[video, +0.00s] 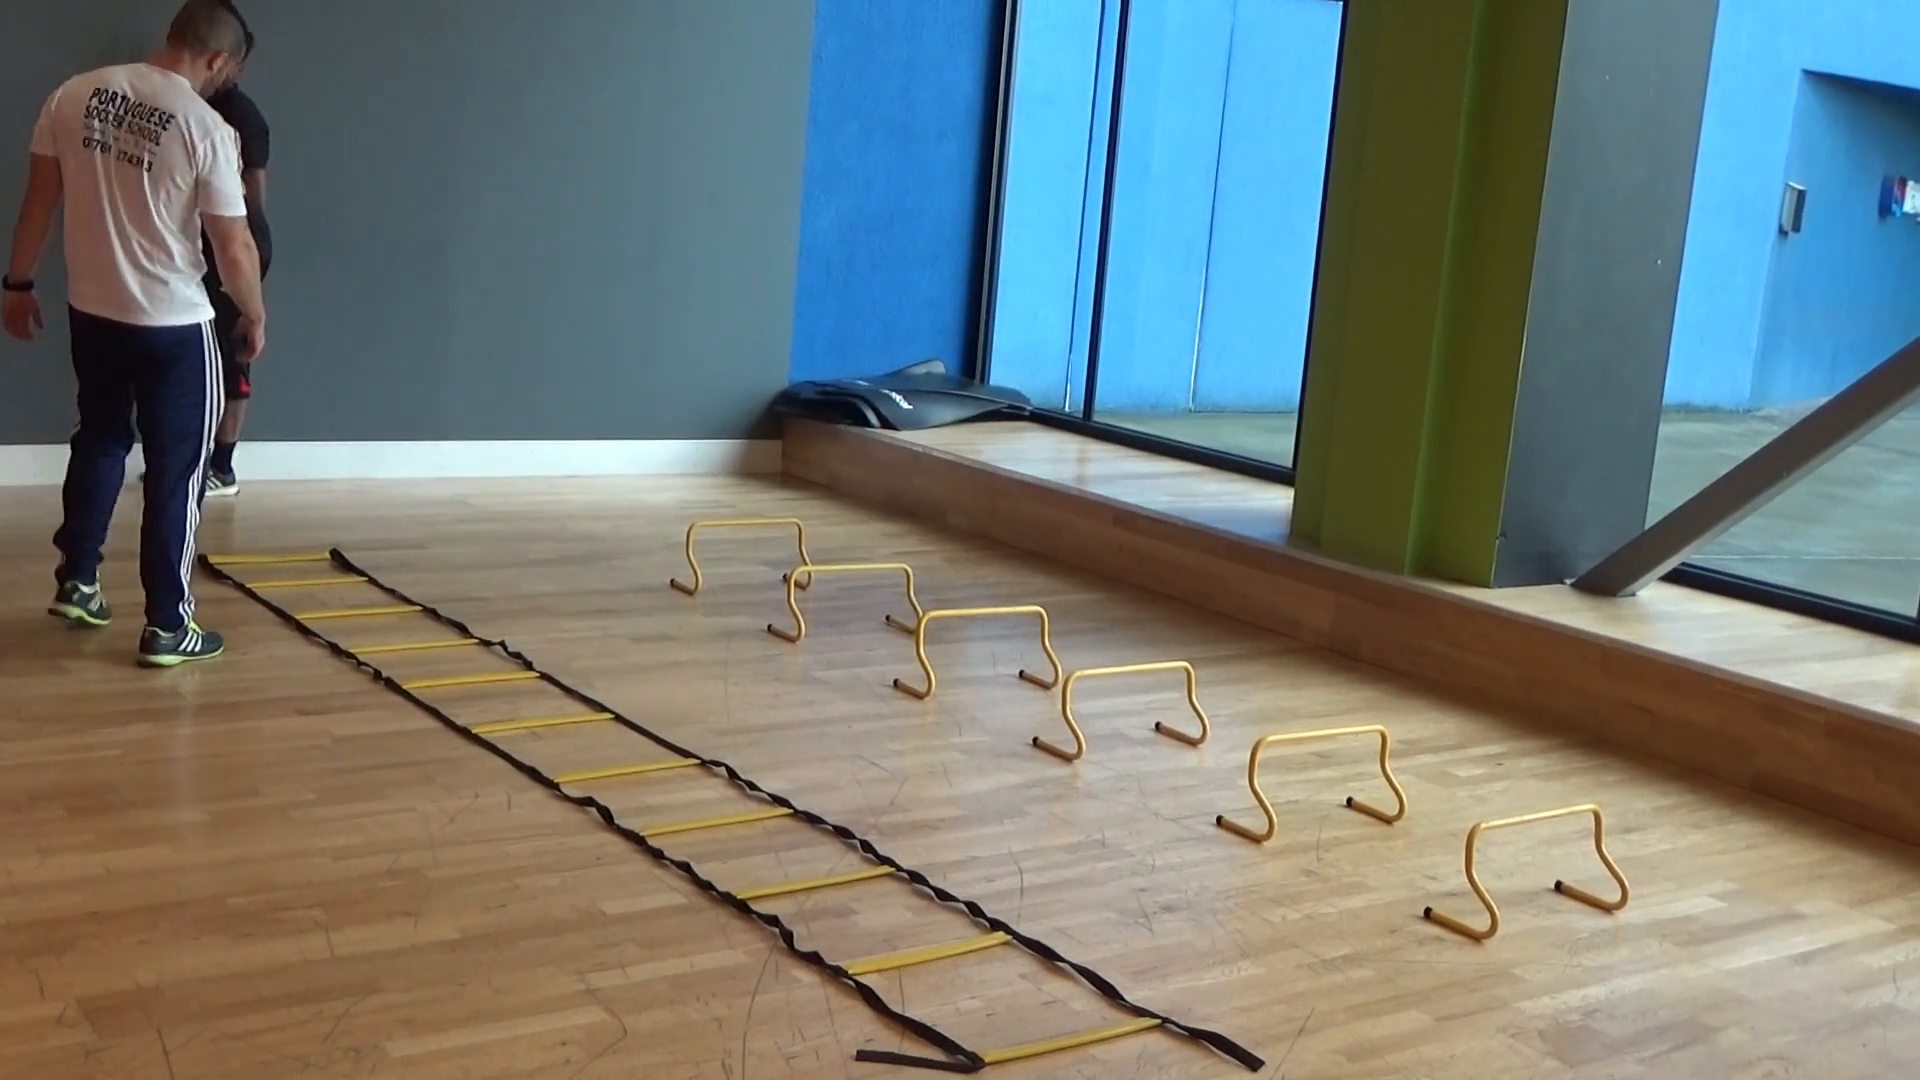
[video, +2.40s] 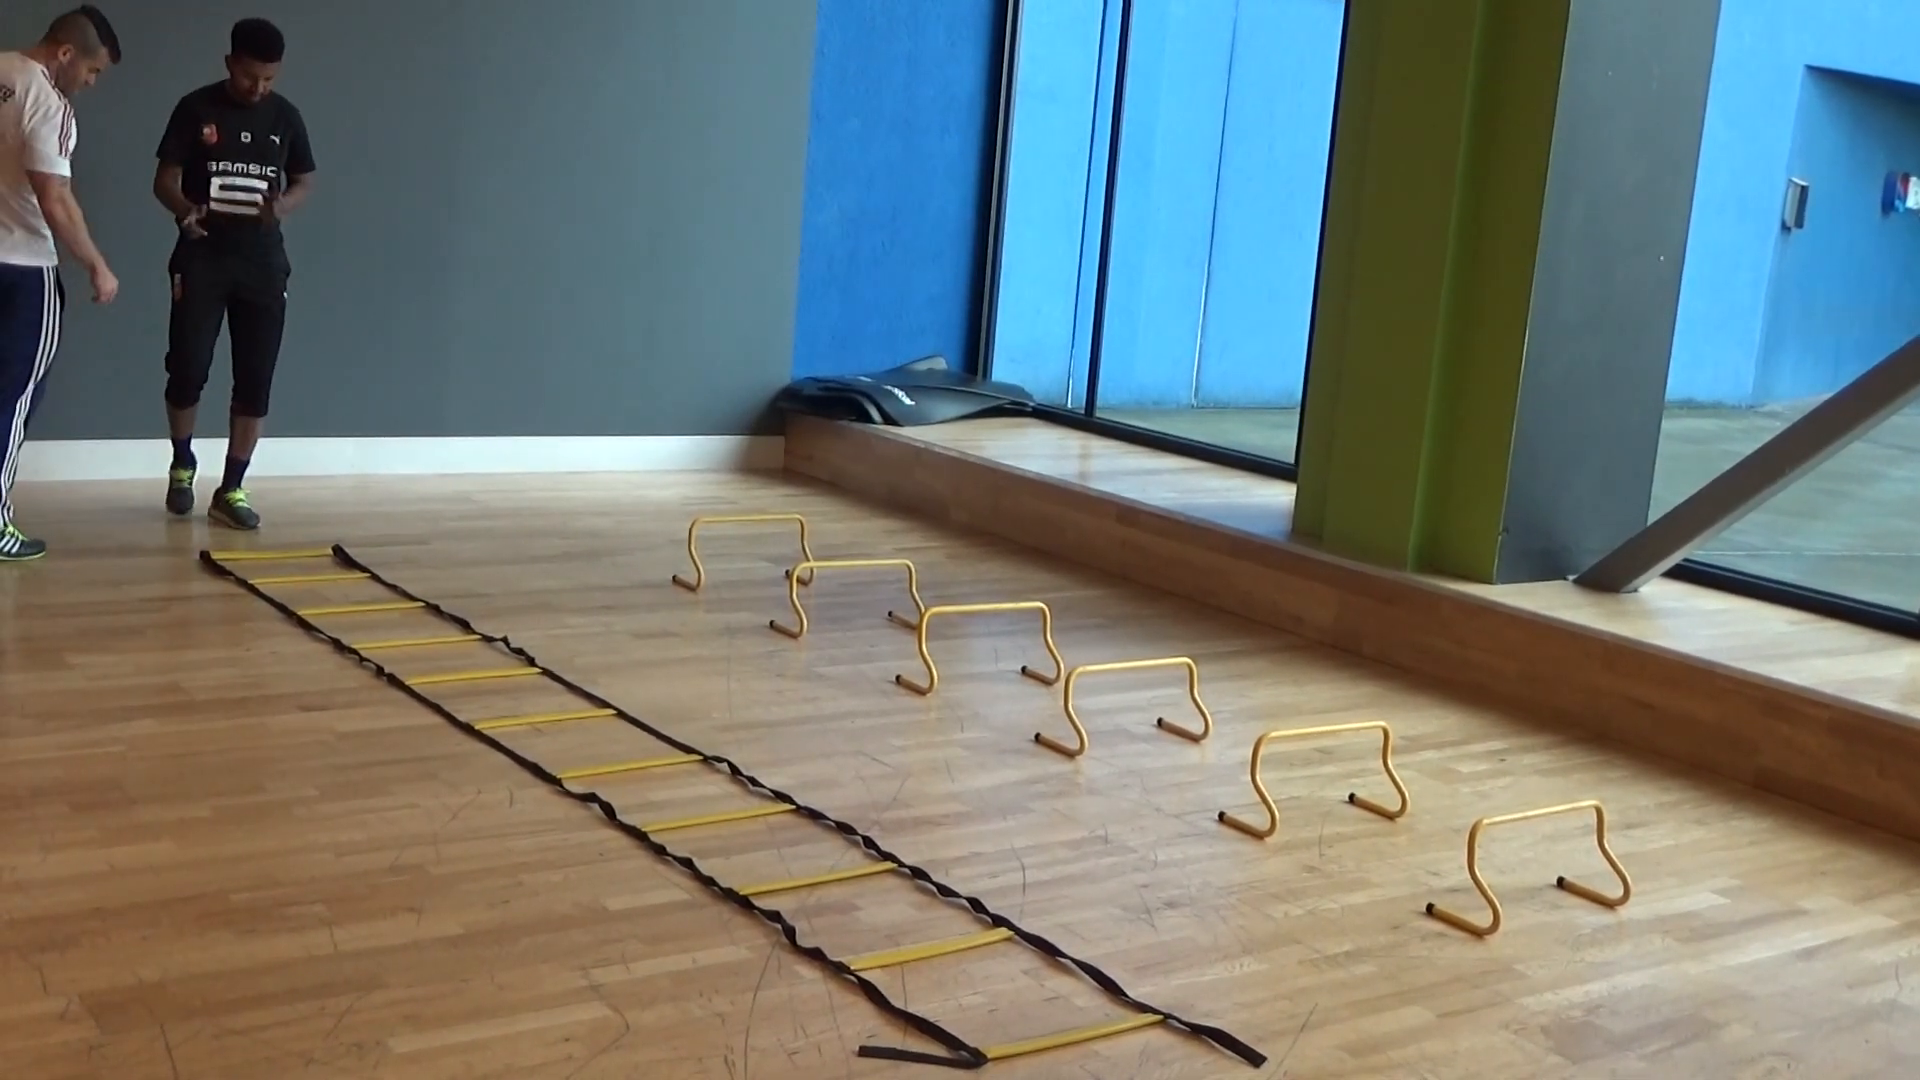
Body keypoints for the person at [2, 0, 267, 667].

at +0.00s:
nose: (222, 81)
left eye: (226, 72)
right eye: (227, 71)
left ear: (167, 38)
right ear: (214, 61)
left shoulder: (72, 93)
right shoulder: (208, 132)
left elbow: (39, 200)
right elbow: (232, 246)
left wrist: (17, 282)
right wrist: (255, 315)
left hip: (94, 317)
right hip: (174, 327)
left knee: (100, 439)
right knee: (175, 472)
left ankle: (77, 578)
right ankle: (169, 625)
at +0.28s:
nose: (188, 93)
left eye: (194, 82)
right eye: (193, 80)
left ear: (145, 44)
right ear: (177, 60)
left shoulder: (63, 92)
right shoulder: (136, 111)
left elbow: (64, 204)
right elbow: (147, 226)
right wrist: (196, 319)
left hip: (66, 301)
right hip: (127, 305)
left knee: (81, 439)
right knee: (171, 449)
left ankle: (63, 586)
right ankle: (166, 610)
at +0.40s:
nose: (182, 89)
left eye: (188, 79)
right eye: (184, 75)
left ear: (145, 49)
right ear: (160, 55)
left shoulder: (73, 86)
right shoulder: (108, 97)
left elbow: (78, 203)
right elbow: (100, 208)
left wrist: (124, 285)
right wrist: (132, 305)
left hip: (46, 293)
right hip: (88, 295)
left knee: (60, 438)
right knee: (163, 424)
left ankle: (58, 582)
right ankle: (118, 579)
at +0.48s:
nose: (173, 86)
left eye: (179, 76)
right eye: (172, 71)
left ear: (136, 50)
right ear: (140, 47)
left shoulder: (86, 92)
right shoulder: (90, 92)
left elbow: (87, 199)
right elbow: (70, 195)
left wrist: (132, 257)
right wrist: (93, 296)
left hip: (52, 289)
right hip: (71, 292)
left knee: (60, 431)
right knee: (151, 421)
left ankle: (56, 578)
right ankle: (63, 557)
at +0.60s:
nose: (145, 60)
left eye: (152, 52)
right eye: (139, 45)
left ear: (141, 54)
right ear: (98, 29)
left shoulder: (90, 101)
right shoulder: (62, 90)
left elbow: (92, 201)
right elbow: (32, 190)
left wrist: (145, 257)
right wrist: (50, 292)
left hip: (75, 290)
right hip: (60, 293)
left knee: (62, 431)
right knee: (99, 430)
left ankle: (61, 581)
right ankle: (4, 544)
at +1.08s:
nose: (96, 66)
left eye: (101, 57)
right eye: (92, 52)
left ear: (56, 38)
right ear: (52, 36)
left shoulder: (44, 98)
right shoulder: (13, 92)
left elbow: (20, 195)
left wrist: (41, 257)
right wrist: (3, 301)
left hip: (21, 289)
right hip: (2, 291)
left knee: (32, 409)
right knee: (11, 421)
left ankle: (8, 556)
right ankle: (3, 566)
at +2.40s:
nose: (88, 85)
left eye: (94, 77)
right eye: (90, 73)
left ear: (58, 48)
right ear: (63, 51)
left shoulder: (7, 69)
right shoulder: (45, 100)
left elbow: (49, 191)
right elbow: (54, 198)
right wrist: (97, 263)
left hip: (6, 264)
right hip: (22, 269)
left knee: (12, 395)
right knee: (15, 396)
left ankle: (2, 520)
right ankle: (0, 522)